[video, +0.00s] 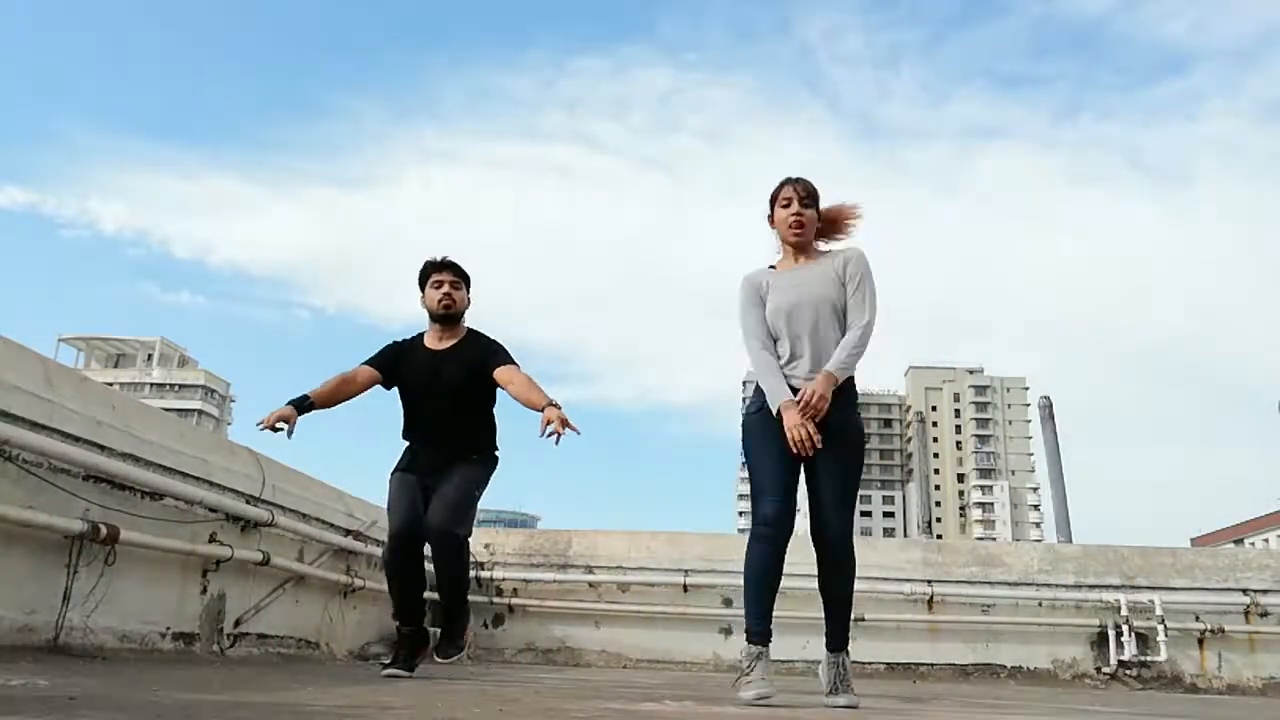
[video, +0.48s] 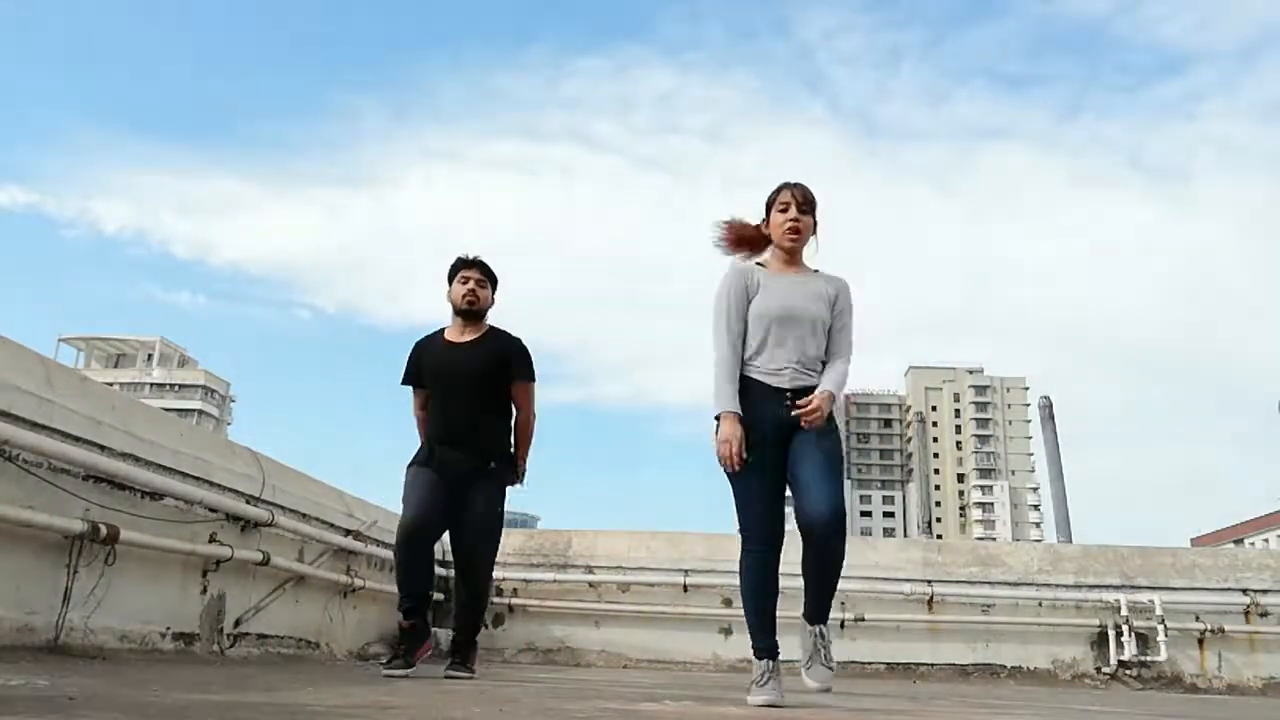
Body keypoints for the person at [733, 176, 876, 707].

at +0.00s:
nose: (796, 212)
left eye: (805, 204)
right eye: (786, 205)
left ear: (818, 217)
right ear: (772, 219)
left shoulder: (849, 261)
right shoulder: (755, 282)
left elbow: (862, 326)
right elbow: (757, 350)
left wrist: (827, 378)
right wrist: (785, 405)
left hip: (834, 404)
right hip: (769, 406)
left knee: (833, 531)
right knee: (772, 520)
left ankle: (837, 660)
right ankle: (756, 655)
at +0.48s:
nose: (794, 217)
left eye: (803, 211)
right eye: (783, 210)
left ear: (814, 224)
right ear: (766, 222)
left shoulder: (834, 287)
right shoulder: (741, 275)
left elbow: (840, 356)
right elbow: (725, 348)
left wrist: (828, 393)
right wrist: (728, 415)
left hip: (814, 410)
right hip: (754, 408)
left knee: (825, 518)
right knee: (760, 536)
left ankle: (815, 625)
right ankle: (765, 662)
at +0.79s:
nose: (808, 197)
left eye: (818, 190)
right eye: (798, 190)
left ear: (835, 205)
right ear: (784, 205)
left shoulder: (858, 274)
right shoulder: (757, 261)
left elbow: (865, 361)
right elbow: (713, 328)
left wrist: (881, 434)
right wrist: (657, 376)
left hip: (812, 404)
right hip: (745, 398)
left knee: (811, 524)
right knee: (754, 533)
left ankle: (825, 669)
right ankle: (764, 660)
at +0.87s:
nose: (808, 192)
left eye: (818, 184)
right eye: (798, 184)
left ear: (835, 198)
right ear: (784, 199)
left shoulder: (861, 265)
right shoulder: (757, 257)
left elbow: (868, 350)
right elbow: (723, 328)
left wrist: (881, 423)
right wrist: (670, 380)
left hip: (818, 397)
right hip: (751, 393)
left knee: (818, 519)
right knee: (751, 531)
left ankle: (826, 668)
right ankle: (764, 659)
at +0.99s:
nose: (801, 181)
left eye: (812, 173)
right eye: (791, 175)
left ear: (829, 189)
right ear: (777, 193)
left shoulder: (860, 247)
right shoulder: (756, 254)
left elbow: (871, 331)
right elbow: (737, 333)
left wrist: (876, 399)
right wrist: (705, 397)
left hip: (834, 386)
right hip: (766, 387)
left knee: (824, 520)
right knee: (729, 522)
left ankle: (826, 671)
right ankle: (749, 642)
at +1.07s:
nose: (796, 176)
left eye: (807, 168)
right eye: (785, 168)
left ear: (824, 183)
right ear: (772, 183)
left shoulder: (854, 239)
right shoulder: (751, 252)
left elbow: (869, 314)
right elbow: (745, 330)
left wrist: (864, 372)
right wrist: (733, 391)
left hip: (836, 385)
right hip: (769, 388)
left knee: (828, 519)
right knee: (728, 517)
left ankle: (827, 670)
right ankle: (748, 636)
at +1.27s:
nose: (783, 176)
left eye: (794, 168)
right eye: (773, 168)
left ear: (810, 183)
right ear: (758, 183)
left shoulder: (841, 235)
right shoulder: (737, 250)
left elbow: (851, 304)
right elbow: (737, 323)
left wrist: (798, 331)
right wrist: (791, 357)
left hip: (839, 389)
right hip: (770, 390)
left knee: (834, 521)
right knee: (750, 522)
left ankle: (835, 668)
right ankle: (723, 657)